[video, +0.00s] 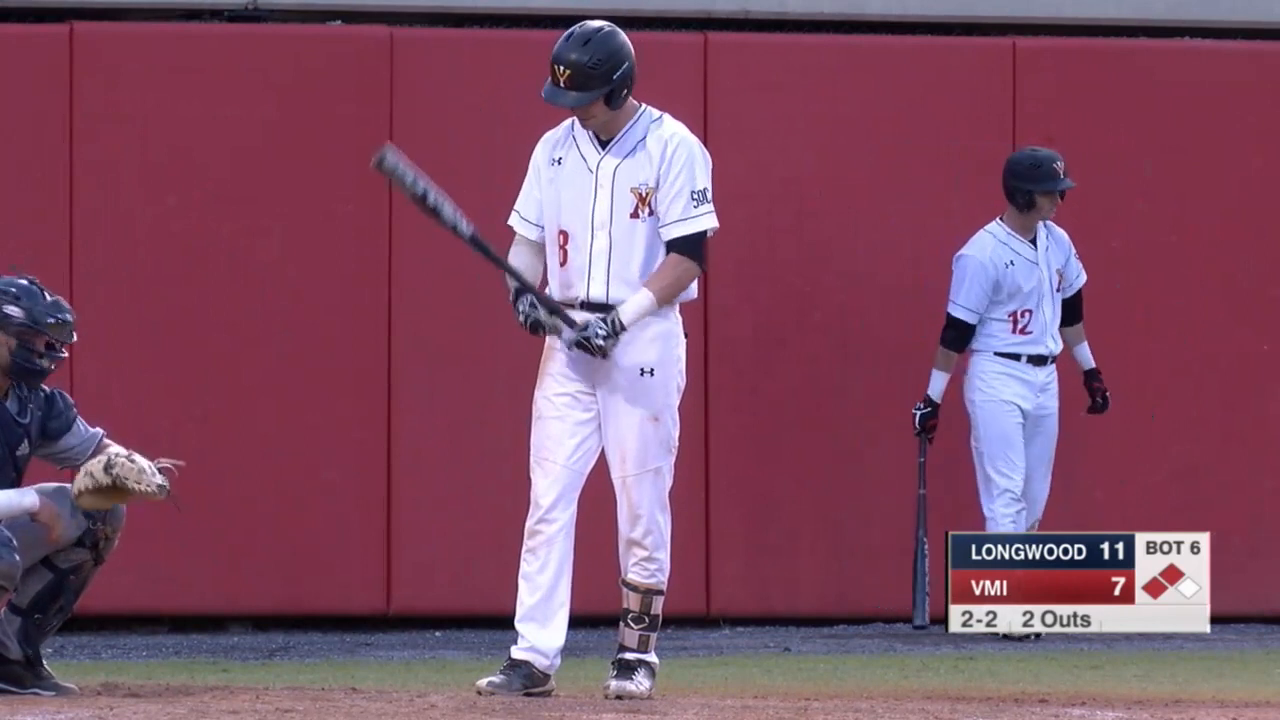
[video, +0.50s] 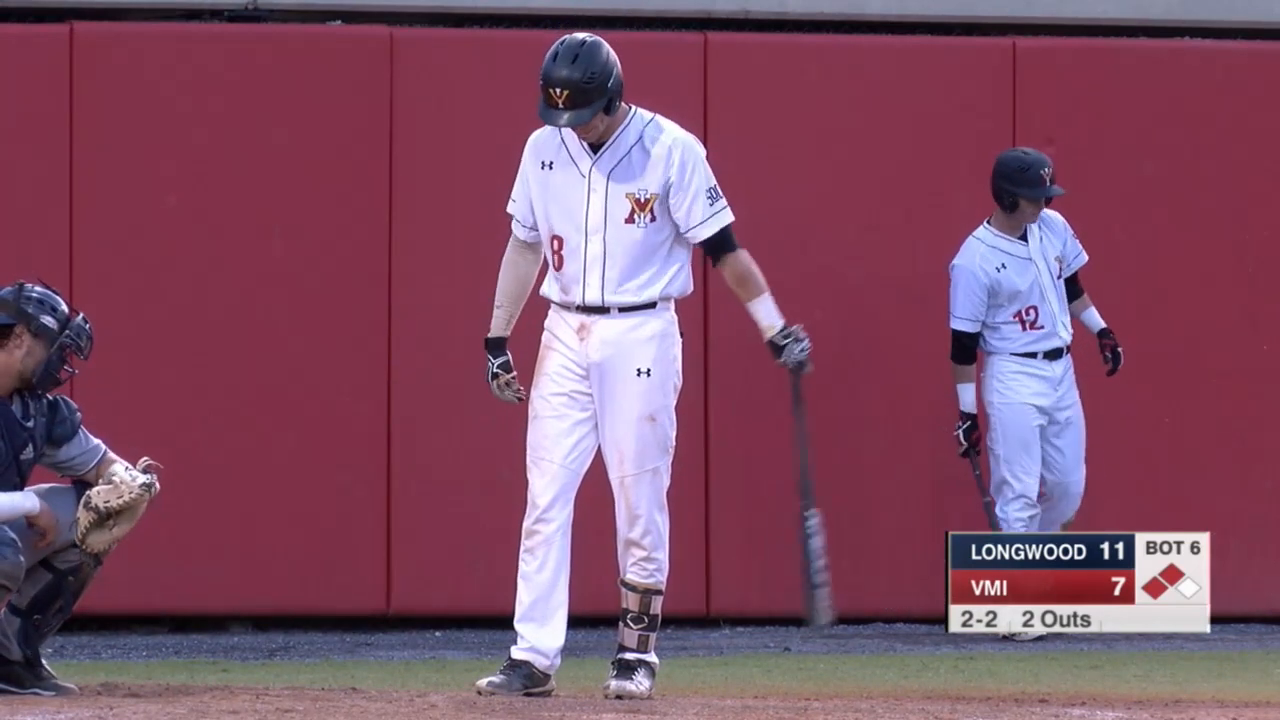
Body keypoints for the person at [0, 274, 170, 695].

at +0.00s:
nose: (40, 349)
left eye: (47, 341)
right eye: (28, 337)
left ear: (54, 344)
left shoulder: (35, 401)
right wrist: (26, 501)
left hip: (9, 521)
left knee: (98, 510)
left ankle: (15, 651)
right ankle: (8, 651)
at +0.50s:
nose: (62, 360)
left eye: (65, 350)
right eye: (56, 347)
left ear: (23, 340)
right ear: (19, 339)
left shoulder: (41, 411)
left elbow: (98, 461)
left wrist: (131, 481)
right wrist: (27, 503)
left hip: (9, 522)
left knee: (94, 511)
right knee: (7, 550)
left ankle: (15, 652)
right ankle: (6, 658)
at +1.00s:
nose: (63, 360)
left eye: (65, 350)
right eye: (57, 347)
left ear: (24, 341)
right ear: (20, 339)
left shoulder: (41, 410)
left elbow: (99, 461)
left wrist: (128, 479)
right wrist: (26, 503)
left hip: (10, 522)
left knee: (95, 511)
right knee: (7, 549)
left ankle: (15, 651)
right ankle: (7, 655)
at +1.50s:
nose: (62, 361)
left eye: (65, 351)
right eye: (56, 348)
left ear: (23, 341)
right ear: (20, 339)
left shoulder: (40, 410)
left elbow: (99, 461)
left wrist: (128, 480)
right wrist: (26, 504)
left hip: (9, 521)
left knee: (96, 512)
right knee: (7, 549)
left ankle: (14, 651)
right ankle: (7, 655)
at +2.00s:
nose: (53, 342)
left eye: (55, 333)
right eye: (42, 331)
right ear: (5, 334)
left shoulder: (40, 407)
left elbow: (98, 461)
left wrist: (128, 482)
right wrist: (29, 505)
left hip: (10, 521)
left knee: (95, 512)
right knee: (8, 548)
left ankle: (15, 651)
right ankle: (7, 655)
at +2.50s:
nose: (40, 328)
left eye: (42, 319)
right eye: (25, 319)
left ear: (47, 325)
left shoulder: (37, 404)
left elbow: (98, 462)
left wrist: (127, 483)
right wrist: (29, 505)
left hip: (9, 522)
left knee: (96, 513)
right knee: (10, 547)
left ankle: (14, 652)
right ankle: (7, 653)